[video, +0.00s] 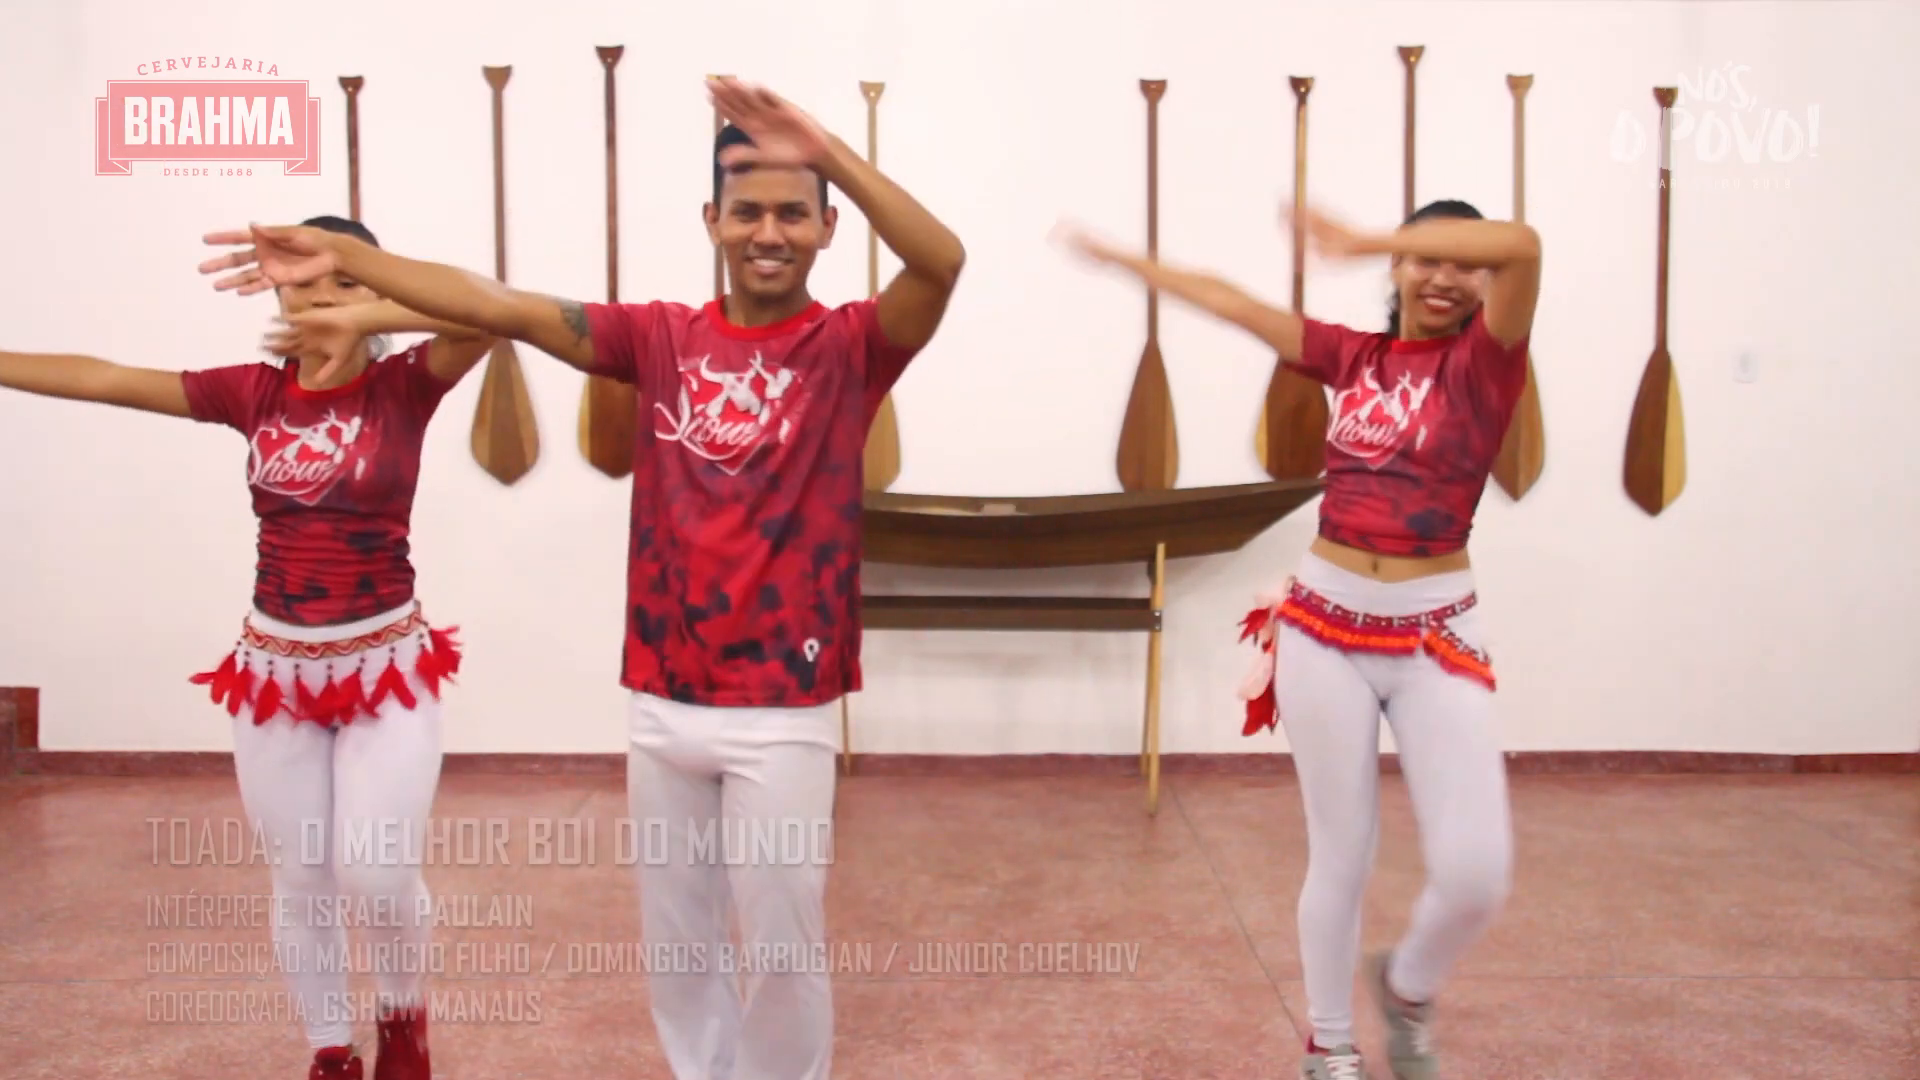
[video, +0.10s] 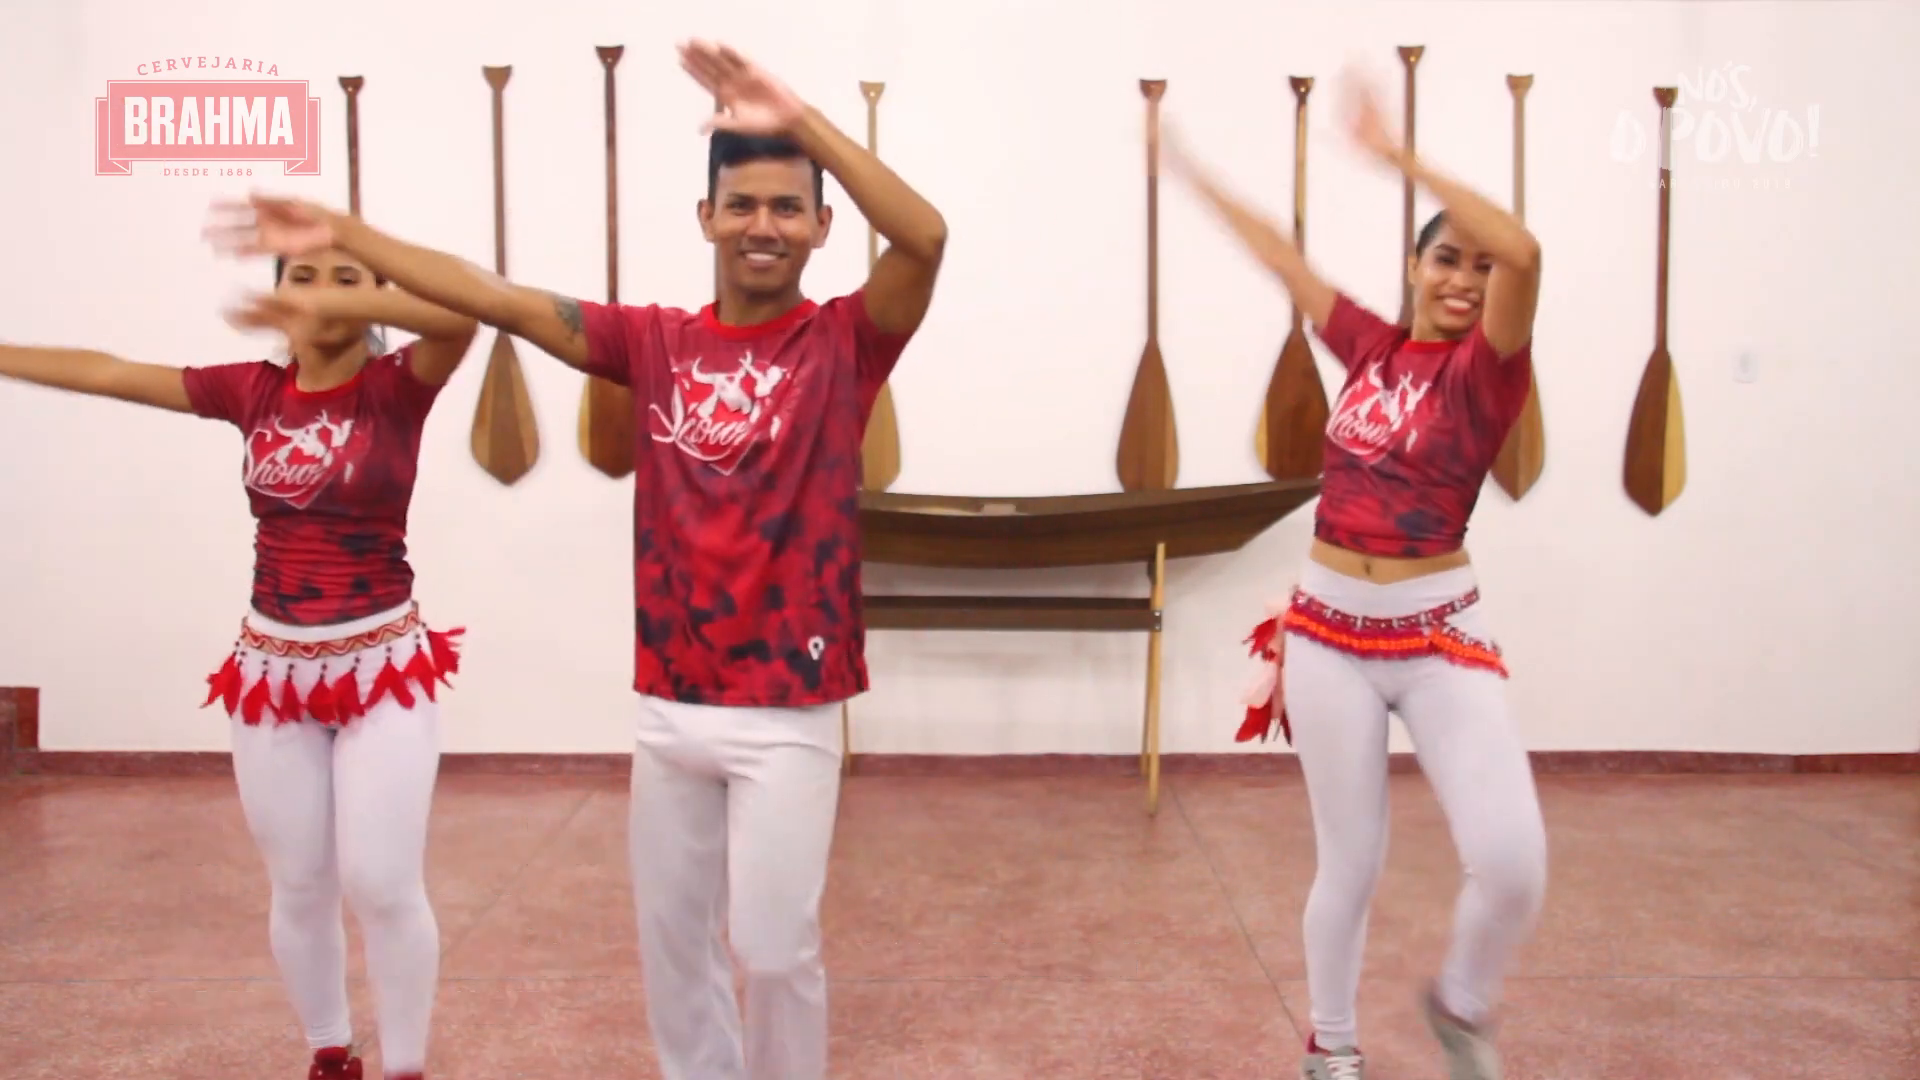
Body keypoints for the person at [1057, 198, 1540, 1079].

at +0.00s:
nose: (1443, 277)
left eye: (1461, 264)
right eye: (1426, 259)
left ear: (1487, 282)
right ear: (1399, 271)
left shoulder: (1487, 368)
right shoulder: (1354, 356)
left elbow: (1523, 246)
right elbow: (1234, 302)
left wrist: (1368, 239)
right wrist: (1124, 258)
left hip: (1439, 638)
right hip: (1326, 629)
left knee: (1476, 875)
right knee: (1342, 854)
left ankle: (1406, 988)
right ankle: (1331, 1050)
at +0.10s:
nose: (1462, 278)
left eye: (1480, 264)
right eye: (1445, 259)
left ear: (1501, 287)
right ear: (1412, 274)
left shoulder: (1489, 373)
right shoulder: (1370, 348)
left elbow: (1518, 252)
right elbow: (1283, 257)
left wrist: (1396, 152)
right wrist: (1185, 166)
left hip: (1443, 639)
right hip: (1328, 637)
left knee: (1514, 868)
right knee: (1348, 867)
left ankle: (1460, 1011)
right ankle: (1331, 1047)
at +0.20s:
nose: (1474, 265)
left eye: (1497, 256)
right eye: (1463, 245)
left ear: (1515, 282)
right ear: (1430, 255)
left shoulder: (1495, 368)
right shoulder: (1388, 328)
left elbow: (1538, 247)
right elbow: (1329, 211)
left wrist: (1487, 97)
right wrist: (1270, 89)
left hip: (1450, 618)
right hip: (1337, 617)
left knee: (1533, 870)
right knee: (1349, 861)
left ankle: (1542, 1065)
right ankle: (1332, 1051)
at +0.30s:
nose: (1496, 254)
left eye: (1520, 244)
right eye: (1483, 236)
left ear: (1539, 274)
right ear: (1449, 253)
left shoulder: (1514, 364)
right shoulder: (1407, 323)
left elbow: (1571, 243)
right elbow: (1373, 176)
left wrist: (1590, 86)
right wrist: (1346, 32)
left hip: (1470, 620)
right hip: (1360, 622)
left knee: (1536, 886)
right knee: (1361, 865)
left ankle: (1595, 1072)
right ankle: (1345, 1051)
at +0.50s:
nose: (1544, 250)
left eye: (1568, 240)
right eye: (1528, 233)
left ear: (1593, 270)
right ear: (1496, 252)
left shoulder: (1580, 360)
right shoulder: (1460, 324)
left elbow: (1669, 253)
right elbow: (1447, 178)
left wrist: (1768, 128)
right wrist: (1487, 44)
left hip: (1536, 628)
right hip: (1425, 628)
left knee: (1564, 891)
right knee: (1401, 878)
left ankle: (1593, 1074)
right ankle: (1384, 1054)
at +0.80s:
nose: (1608, 258)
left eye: (1631, 242)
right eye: (1589, 241)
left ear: (1657, 265)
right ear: (1554, 260)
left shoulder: (1665, 375)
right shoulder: (1508, 344)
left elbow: (1808, 308)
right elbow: (1500, 190)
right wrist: (1627, 144)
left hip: (1638, 647)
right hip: (1508, 649)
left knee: (1626, 912)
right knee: (1413, 880)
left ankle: (1616, 1079)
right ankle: (1432, 1043)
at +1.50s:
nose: (1533, 213)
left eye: (1560, 197)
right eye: (1533, 203)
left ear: (1621, 225)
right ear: (1538, 236)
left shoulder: (1676, 329)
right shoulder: (1515, 328)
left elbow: (1746, 148)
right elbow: (1442, 188)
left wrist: (1799, 13)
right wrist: (1535, 69)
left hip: (1642, 640)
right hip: (1510, 626)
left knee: (1623, 911)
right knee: (1421, 856)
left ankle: (1595, 1075)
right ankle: (1434, 1031)